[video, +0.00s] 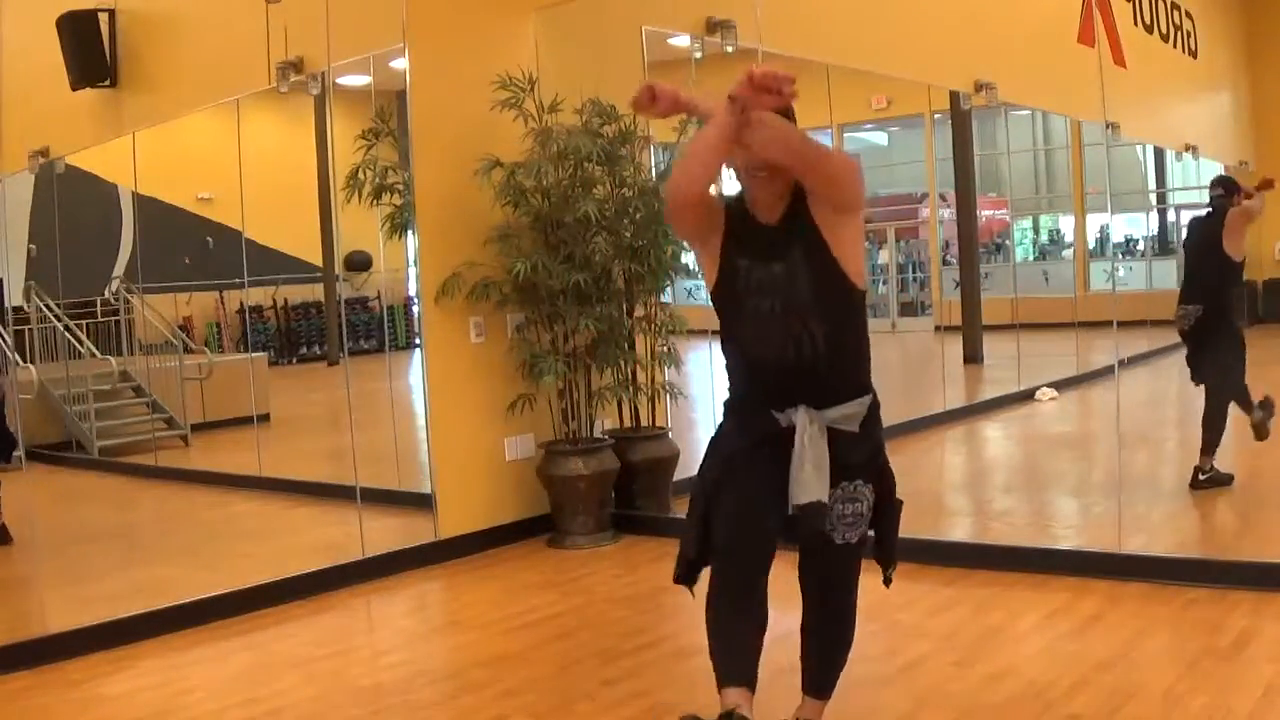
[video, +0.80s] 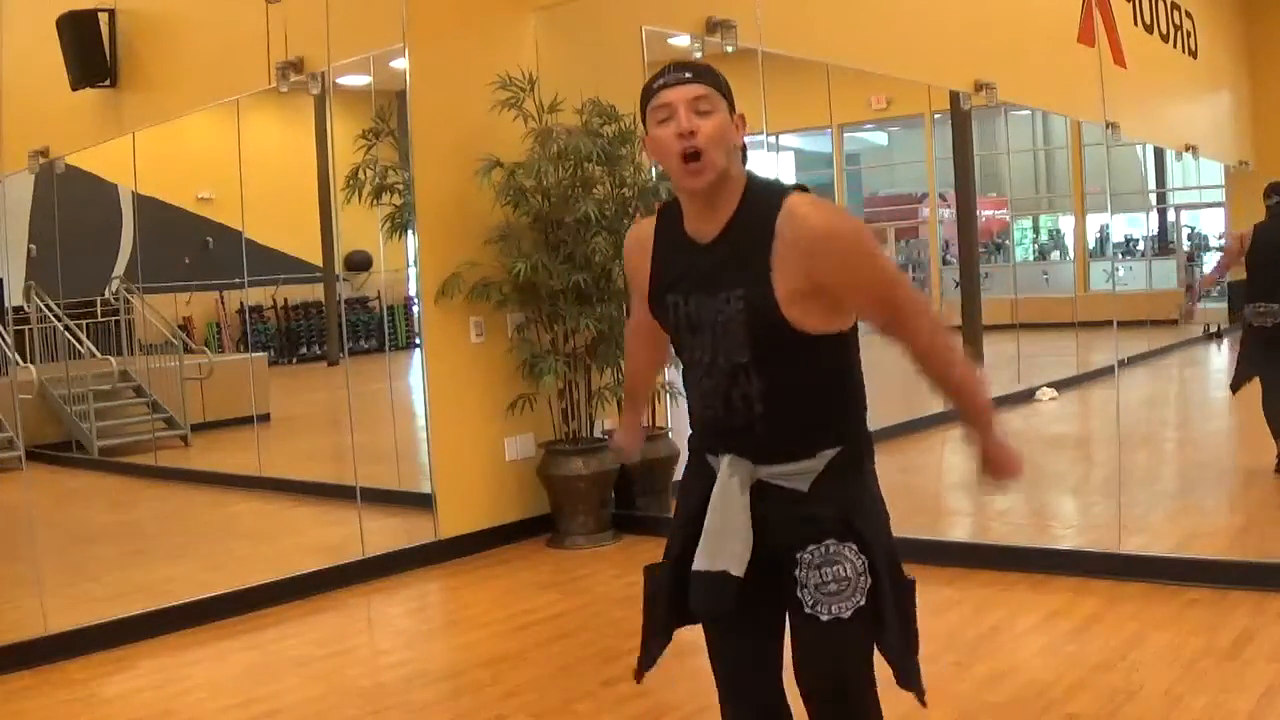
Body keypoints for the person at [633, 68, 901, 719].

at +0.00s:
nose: (752, 138)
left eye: (764, 128)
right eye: (741, 128)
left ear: (792, 136)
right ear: (727, 141)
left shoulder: (837, 200)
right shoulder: (714, 226)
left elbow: (774, 138)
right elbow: (683, 192)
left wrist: (694, 103)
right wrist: (738, 104)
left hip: (841, 425)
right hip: (753, 424)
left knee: (830, 580)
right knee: (736, 564)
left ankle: (812, 710)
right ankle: (735, 705)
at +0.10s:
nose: (762, 159)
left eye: (774, 145)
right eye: (744, 148)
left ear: (797, 153)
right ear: (719, 160)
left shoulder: (840, 199)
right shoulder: (710, 232)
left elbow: (771, 186)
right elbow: (678, 241)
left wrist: (675, 161)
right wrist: (708, 173)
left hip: (848, 438)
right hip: (760, 442)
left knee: (836, 599)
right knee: (750, 599)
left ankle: (813, 710)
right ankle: (757, 716)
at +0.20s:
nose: (756, 162)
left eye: (768, 147)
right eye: (737, 153)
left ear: (790, 159)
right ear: (717, 175)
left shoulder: (839, 217)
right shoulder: (694, 252)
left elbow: (809, 283)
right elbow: (681, 318)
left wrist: (746, 321)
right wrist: (680, 380)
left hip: (853, 467)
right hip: (762, 475)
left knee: (840, 658)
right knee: (783, 661)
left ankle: (793, 711)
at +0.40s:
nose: (719, 146)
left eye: (732, 133)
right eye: (698, 142)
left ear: (761, 156)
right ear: (683, 179)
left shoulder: (835, 244)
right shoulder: (675, 276)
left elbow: (916, 333)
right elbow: (663, 373)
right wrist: (649, 454)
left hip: (840, 481)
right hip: (745, 484)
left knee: (833, 641)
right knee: (756, 657)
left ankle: (817, 709)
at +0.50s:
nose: (703, 138)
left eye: (718, 124)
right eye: (683, 134)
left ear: (750, 145)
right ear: (669, 169)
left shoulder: (830, 225)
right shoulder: (665, 254)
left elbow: (927, 251)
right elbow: (663, 309)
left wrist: (971, 292)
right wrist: (654, 335)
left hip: (831, 474)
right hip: (738, 476)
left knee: (828, 644)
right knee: (750, 661)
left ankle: (832, 706)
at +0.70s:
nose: (687, 128)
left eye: (705, 110)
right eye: (668, 119)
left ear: (742, 129)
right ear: (653, 150)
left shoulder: (819, 218)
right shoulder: (651, 233)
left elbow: (924, 246)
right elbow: (669, 287)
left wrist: (996, 286)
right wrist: (653, 311)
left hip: (825, 481)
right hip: (728, 478)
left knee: (836, 675)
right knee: (748, 681)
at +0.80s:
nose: (685, 126)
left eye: (702, 109)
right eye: (665, 118)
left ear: (738, 130)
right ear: (648, 150)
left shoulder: (810, 230)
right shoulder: (648, 244)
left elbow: (917, 324)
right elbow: (646, 331)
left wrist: (986, 430)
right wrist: (632, 414)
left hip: (823, 492)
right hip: (720, 493)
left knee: (837, 694)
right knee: (744, 693)